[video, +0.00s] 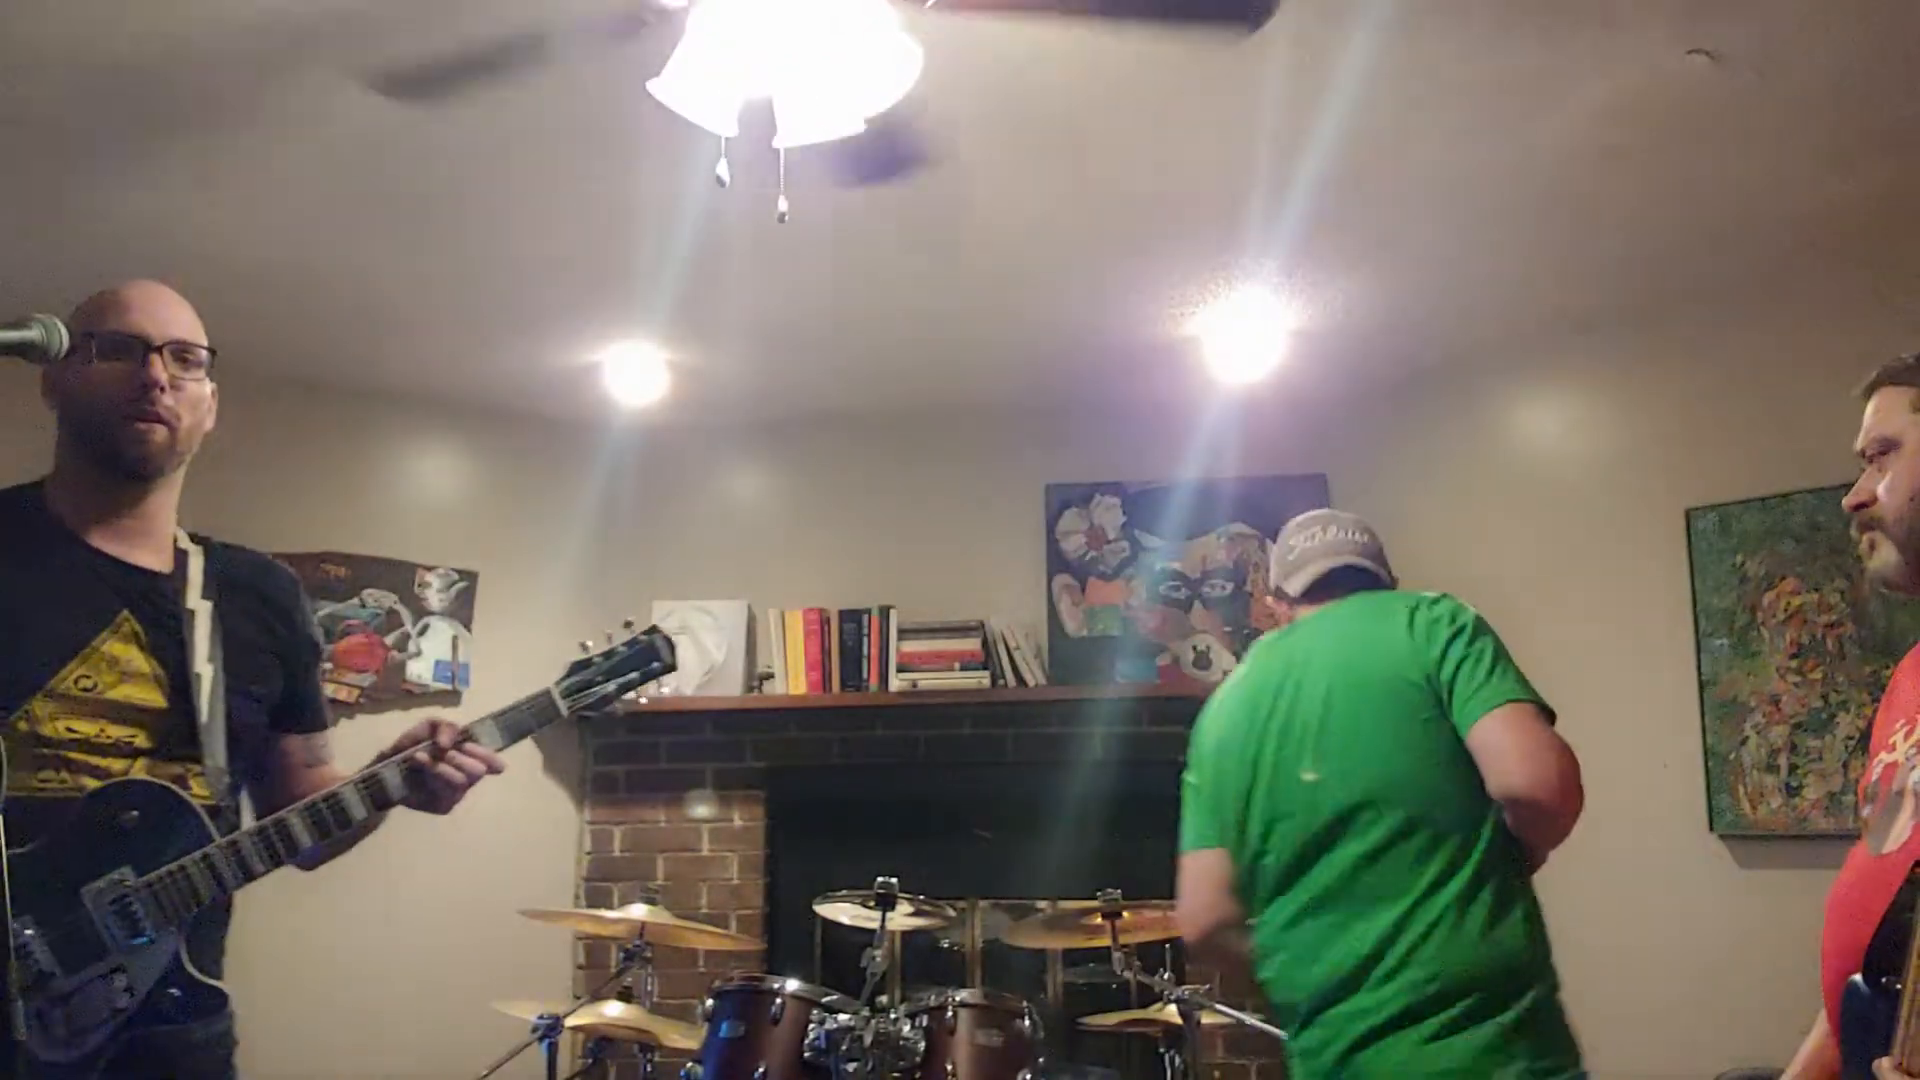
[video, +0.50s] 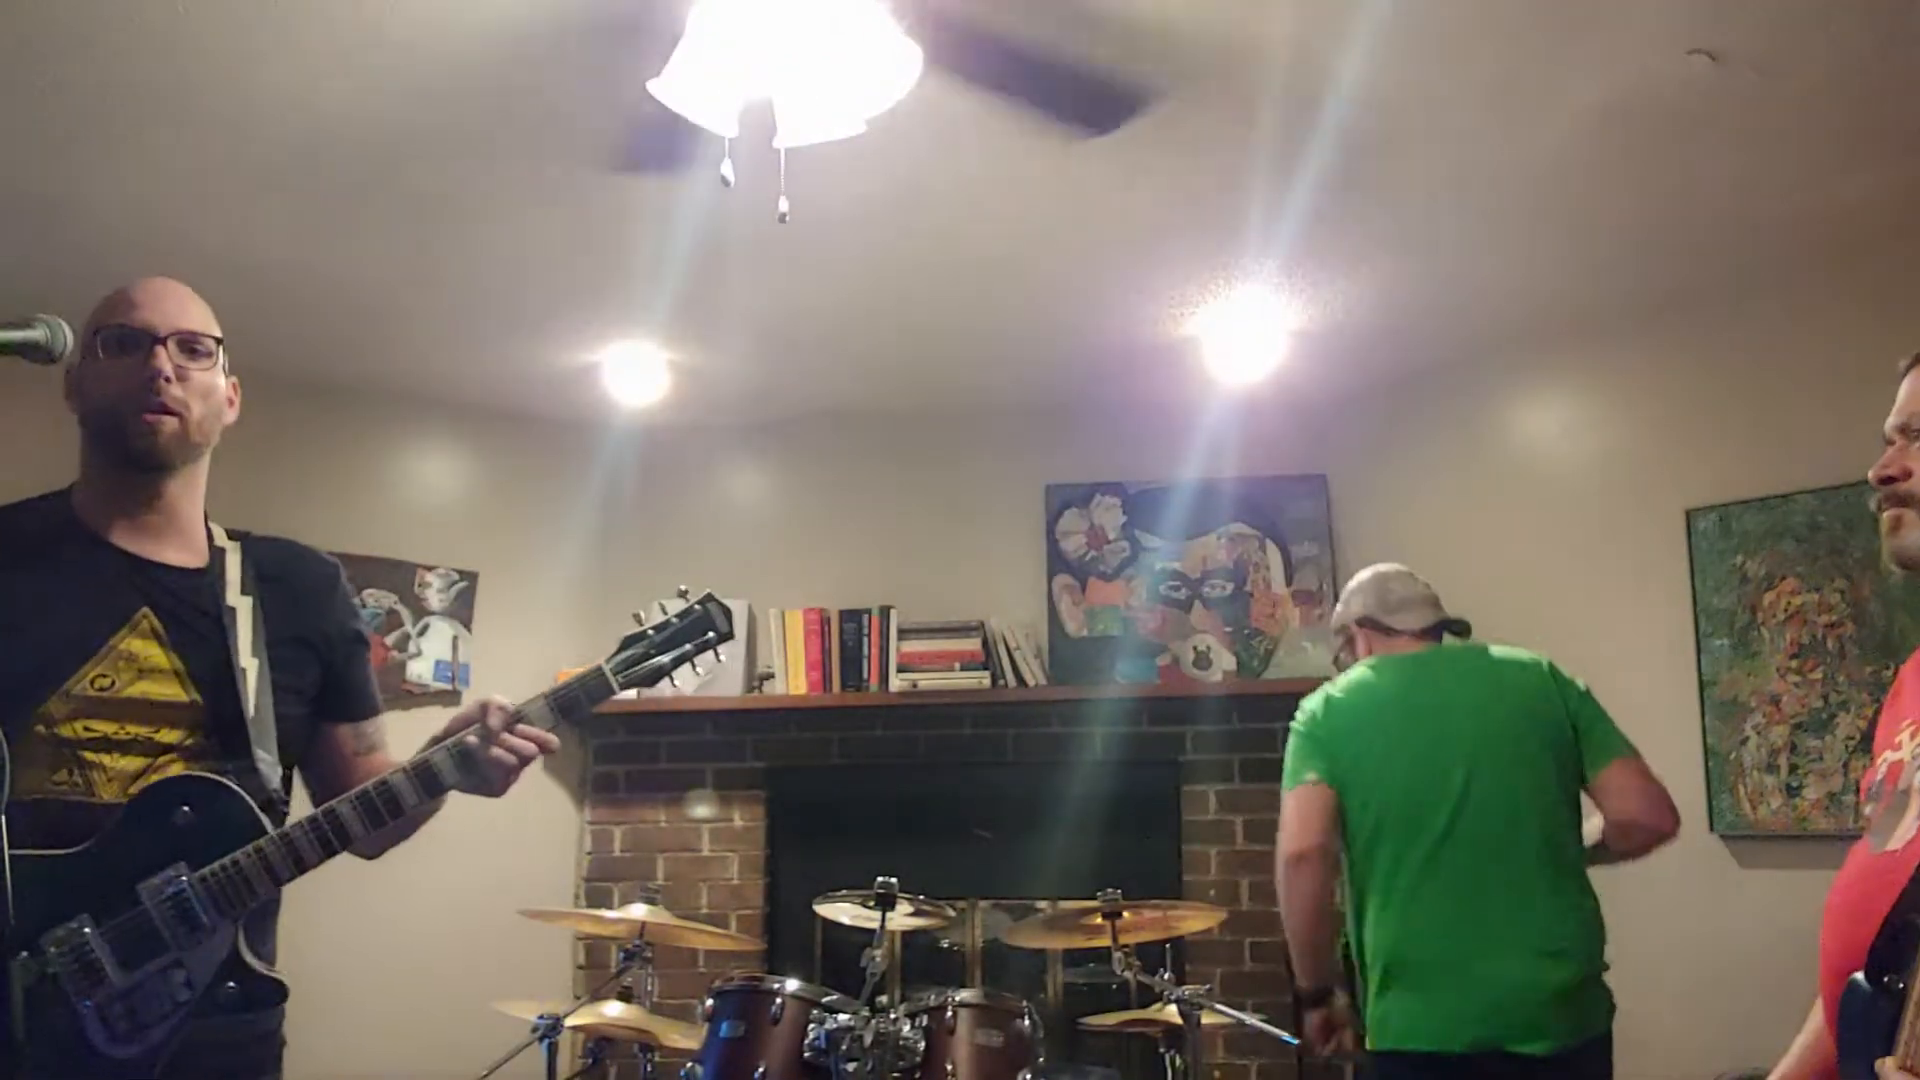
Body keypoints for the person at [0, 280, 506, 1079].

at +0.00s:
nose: (156, 373)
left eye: (184, 358)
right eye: (121, 349)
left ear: (211, 406)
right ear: (55, 381)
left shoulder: (259, 596)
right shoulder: (7, 547)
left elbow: (301, 825)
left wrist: (391, 777)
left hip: (173, 1031)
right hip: (9, 1029)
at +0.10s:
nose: (161, 373)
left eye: (190, 355)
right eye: (125, 349)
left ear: (221, 404)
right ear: (63, 383)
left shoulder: (278, 592)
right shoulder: (13, 545)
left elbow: (322, 805)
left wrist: (418, 775)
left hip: (194, 1027)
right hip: (17, 1026)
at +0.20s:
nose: (167, 371)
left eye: (195, 355)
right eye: (130, 349)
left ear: (228, 404)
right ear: (71, 385)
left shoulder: (291, 588)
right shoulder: (10, 548)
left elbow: (344, 796)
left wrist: (444, 770)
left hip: (208, 1024)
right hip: (20, 1023)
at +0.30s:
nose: (169, 370)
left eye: (198, 354)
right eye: (131, 349)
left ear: (233, 403)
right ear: (75, 389)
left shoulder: (302, 587)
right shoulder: (8, 550)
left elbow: (361, 798)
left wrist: (458, 765)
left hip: (217, 1023)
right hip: (23, 1025)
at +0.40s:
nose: (167, 368)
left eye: (197, 353)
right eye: (130, 349)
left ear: (233, 403)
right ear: (78, 388)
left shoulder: (303, 588)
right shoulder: (9, 550)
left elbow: (367, 805)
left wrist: (459, 764)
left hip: (217, 1023)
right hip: (22, 1023)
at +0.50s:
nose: (163, 362)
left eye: (193, 348)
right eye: (127, 343)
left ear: (229, 401)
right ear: (72, 383)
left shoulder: (297, 588)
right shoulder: (10, 551)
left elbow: (365, 815)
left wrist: (447, 763)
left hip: (216, 1025)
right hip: (21, 1026)